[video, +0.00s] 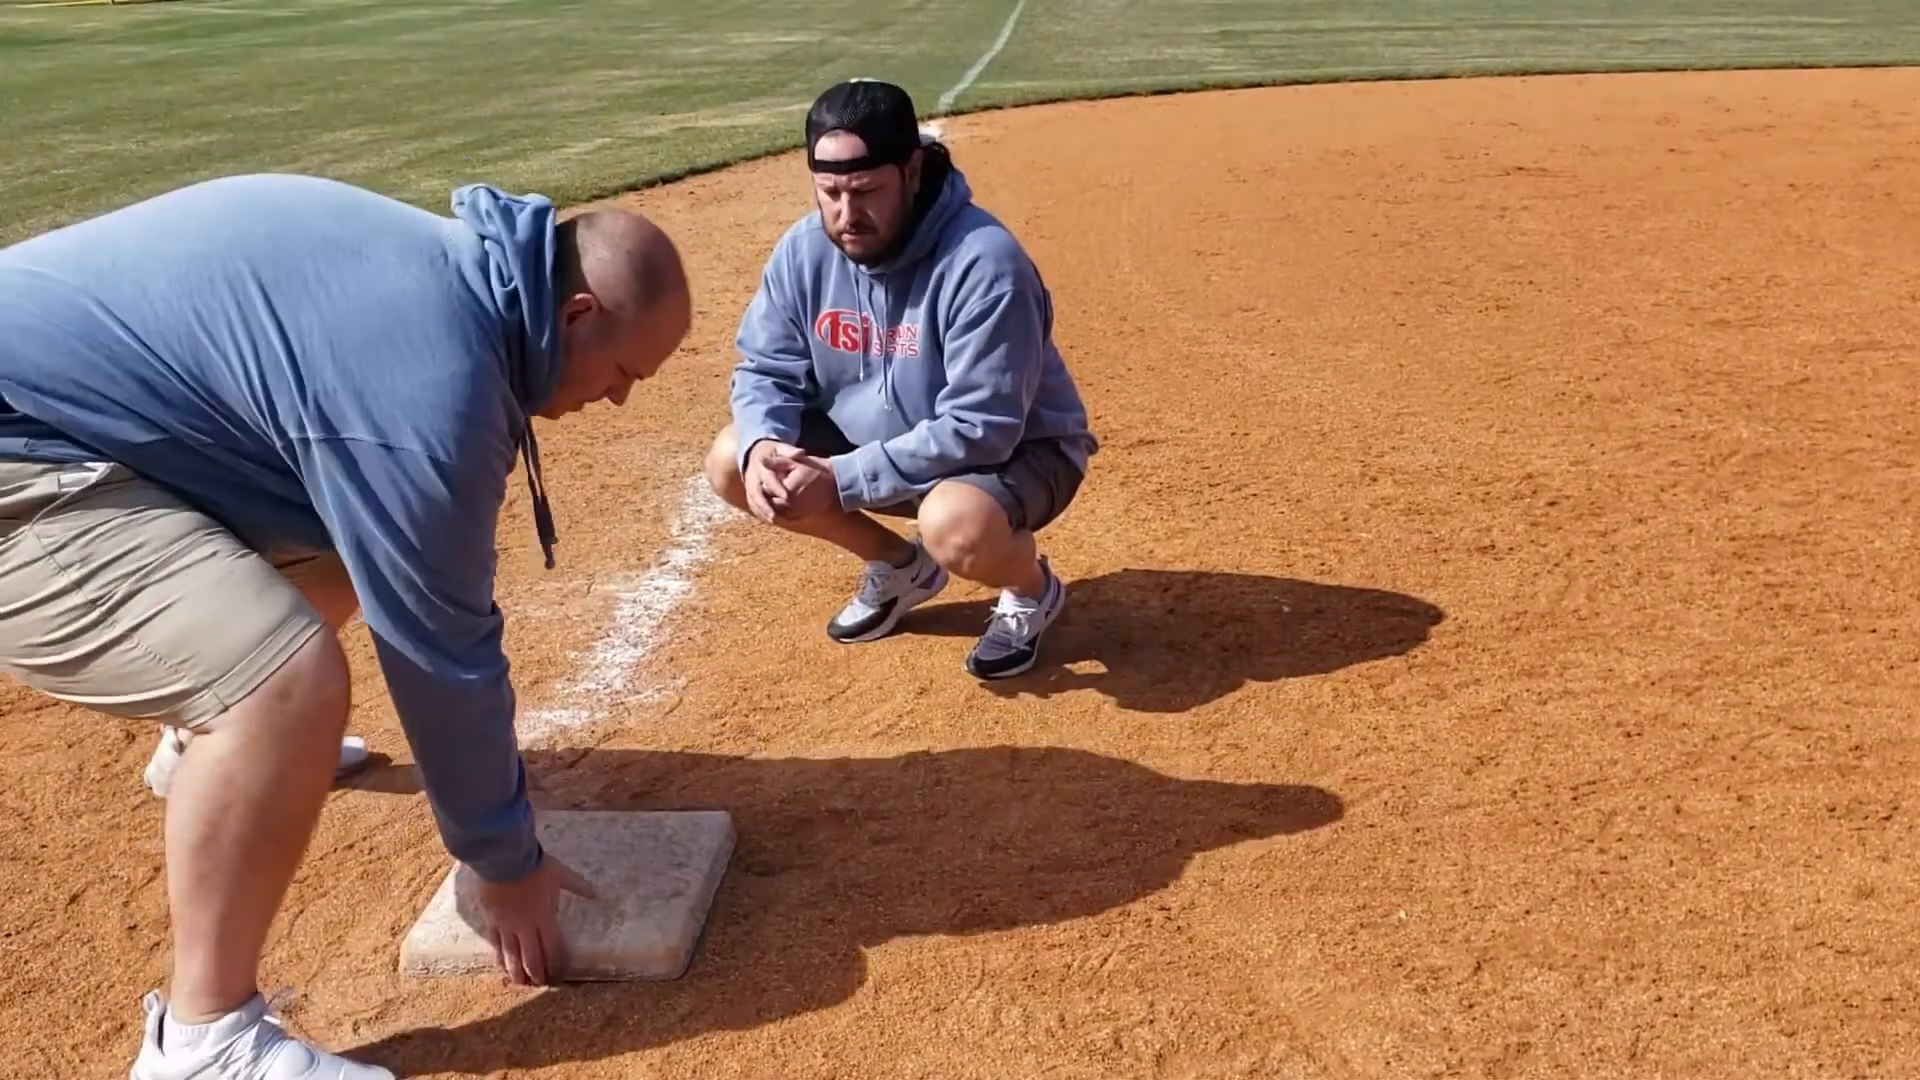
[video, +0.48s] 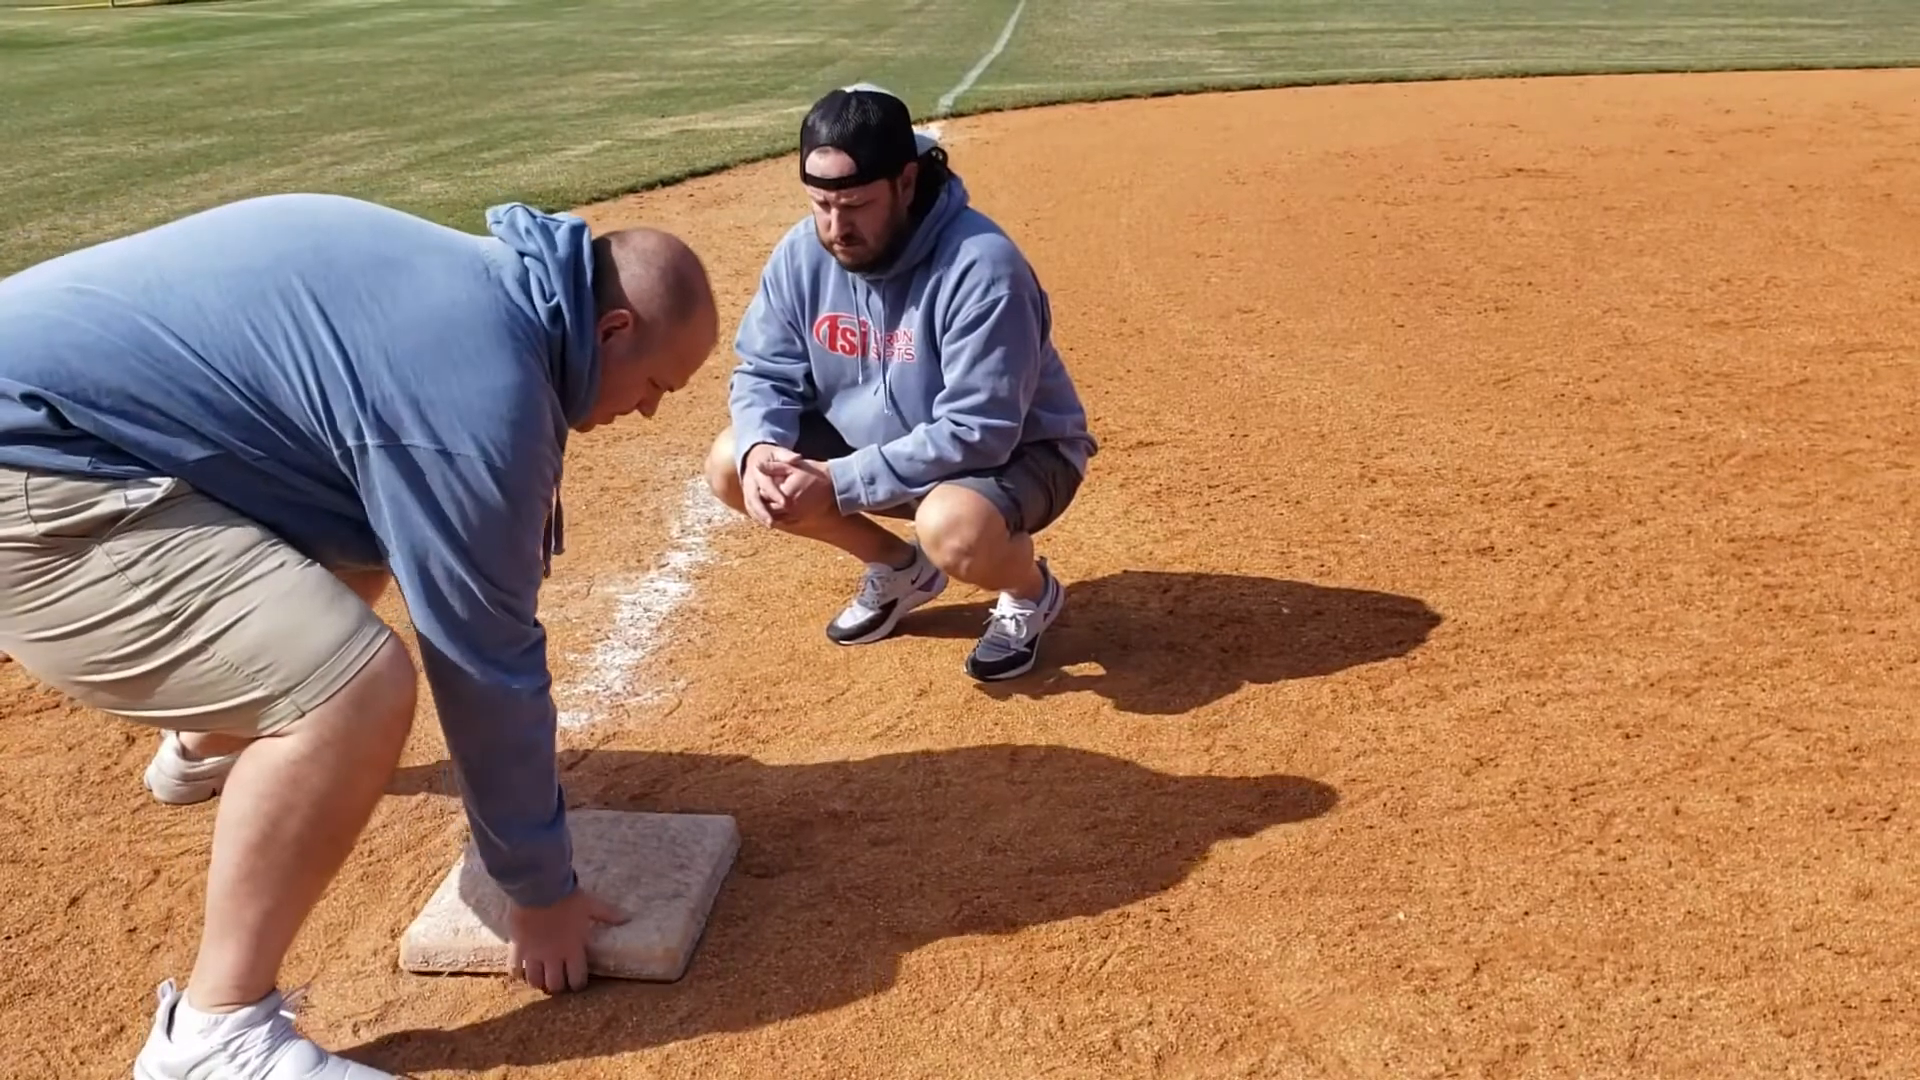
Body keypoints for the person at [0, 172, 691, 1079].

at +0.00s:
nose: (611, 396)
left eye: (630, 382)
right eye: (622, 372)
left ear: (569, 296)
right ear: (574, 312)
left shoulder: (436, 271)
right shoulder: (425, 385)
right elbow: (445, 656)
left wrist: (492, 782)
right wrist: (504, 862)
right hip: (23, 454)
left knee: (326, 562)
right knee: (284, 675)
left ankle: (213, 742)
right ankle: (202, 1033)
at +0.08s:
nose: (617, 397)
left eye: (637, 382)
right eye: (628, 371)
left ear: (575, 297)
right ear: (580, 313)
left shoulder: (439, 271)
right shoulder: (439, 382)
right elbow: (455, 653)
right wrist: (510, 870)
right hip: (24, 456)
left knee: (342, 551)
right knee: (303, 677)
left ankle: (211, 740)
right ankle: (204, 1033)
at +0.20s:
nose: (631, 404)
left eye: (650, 389)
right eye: (642, 380)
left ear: (593, 310)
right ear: (594, 322)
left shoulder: (449, 277)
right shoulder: (462, 394)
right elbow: (479, 668)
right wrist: (531, 889)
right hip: (27, 465)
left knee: (351, 543)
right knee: (333, 685)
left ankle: (206, 740)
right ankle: (209, 1033)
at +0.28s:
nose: (638, 410)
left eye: (656, 395)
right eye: (647, 386)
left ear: (600, 317)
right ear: (600, 329)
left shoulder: (458, 283)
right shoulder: (468, 401)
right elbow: (479, 671)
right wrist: (534, 889)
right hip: (30, 474)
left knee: (356, 545)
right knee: (343, 683)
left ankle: (208, 742)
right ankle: (211, 1033)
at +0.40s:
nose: (641, 409)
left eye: (660, 394)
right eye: (652, 385)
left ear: (607, 315)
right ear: (608, 330)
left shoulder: (466, 283)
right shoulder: (479, 399)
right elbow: (479, 666)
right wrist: (525, 888)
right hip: (33, 471)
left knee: (356, 547)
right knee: (353, 682)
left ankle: (210, 740)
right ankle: (213, 1026)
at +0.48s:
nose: (644, 410)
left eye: (664, 394)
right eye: (656, 386)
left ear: (610, 316)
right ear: (611, 330)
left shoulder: (470, 286)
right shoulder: (479, 398)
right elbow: (490, 668)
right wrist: (541, 891)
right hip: (35, 468)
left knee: (358, 543)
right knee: (353, 682)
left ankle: (208, 741)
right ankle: (213, 1027)